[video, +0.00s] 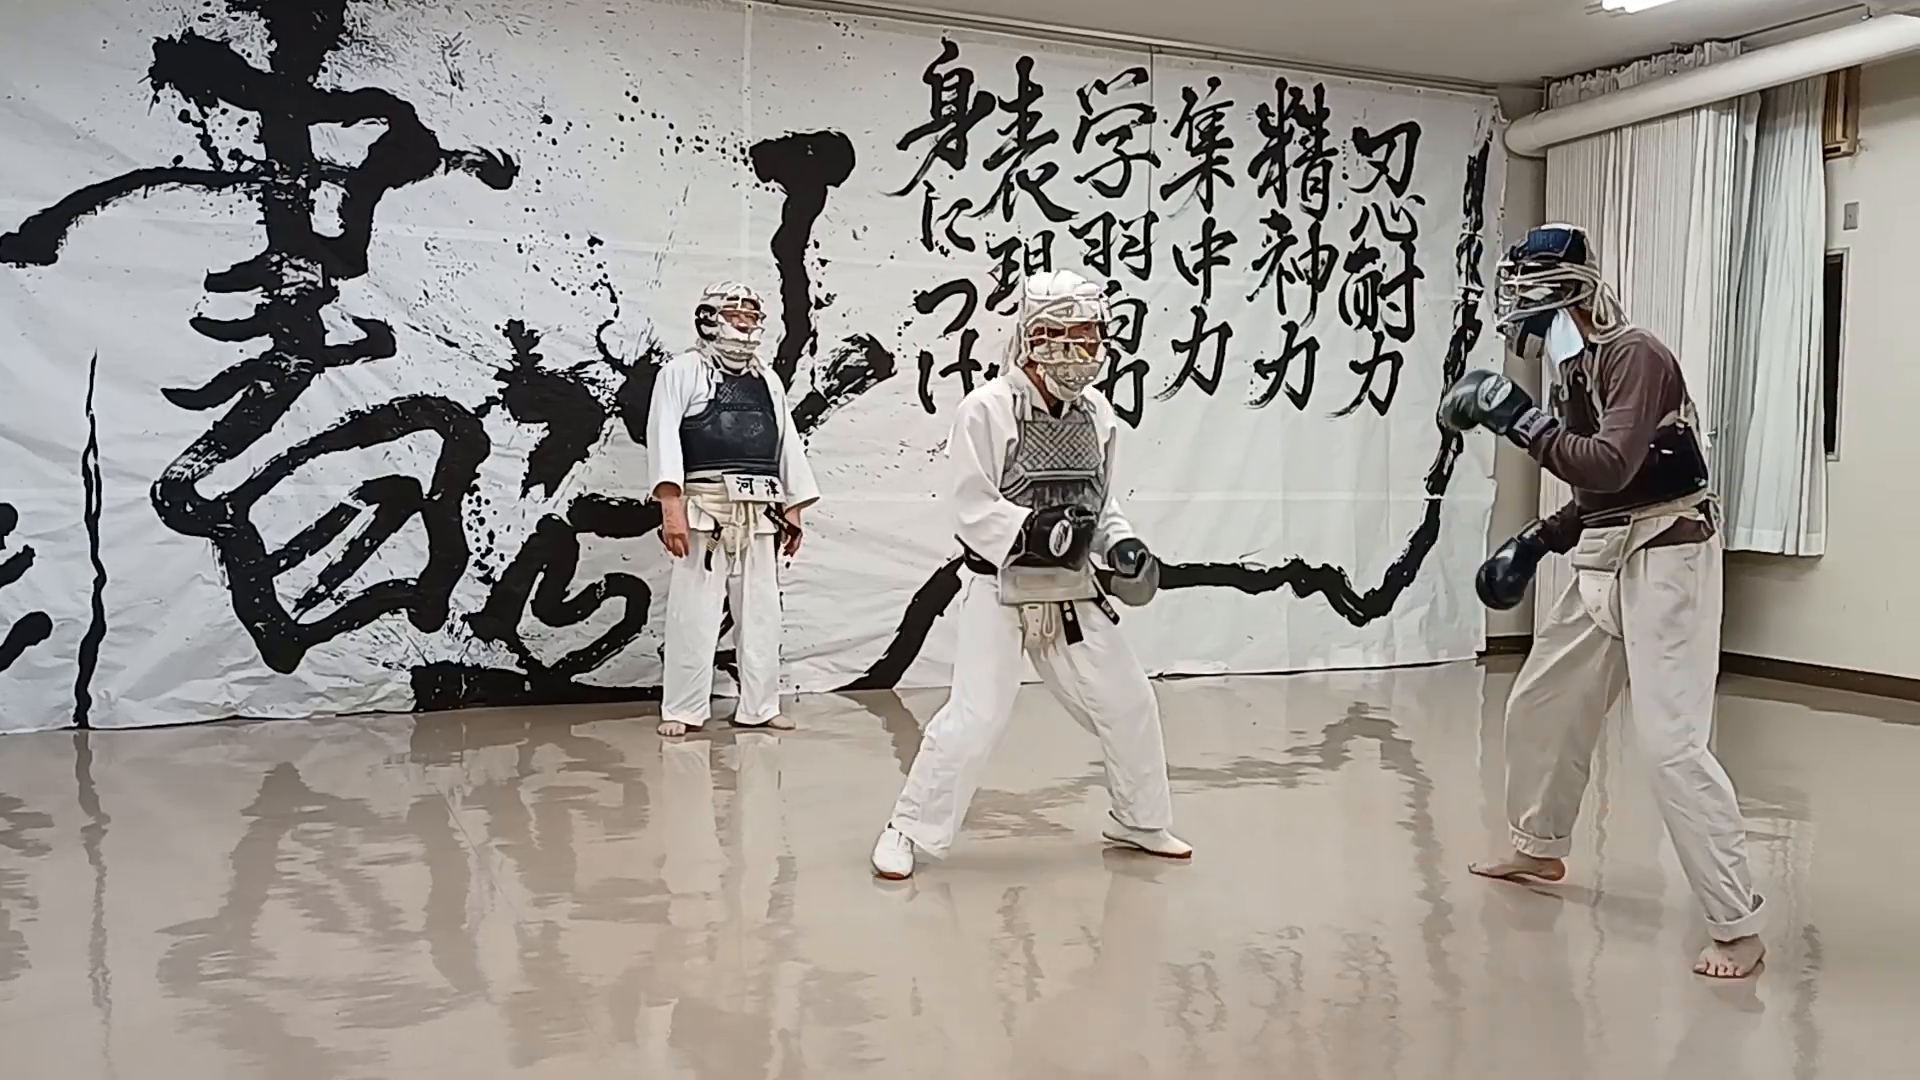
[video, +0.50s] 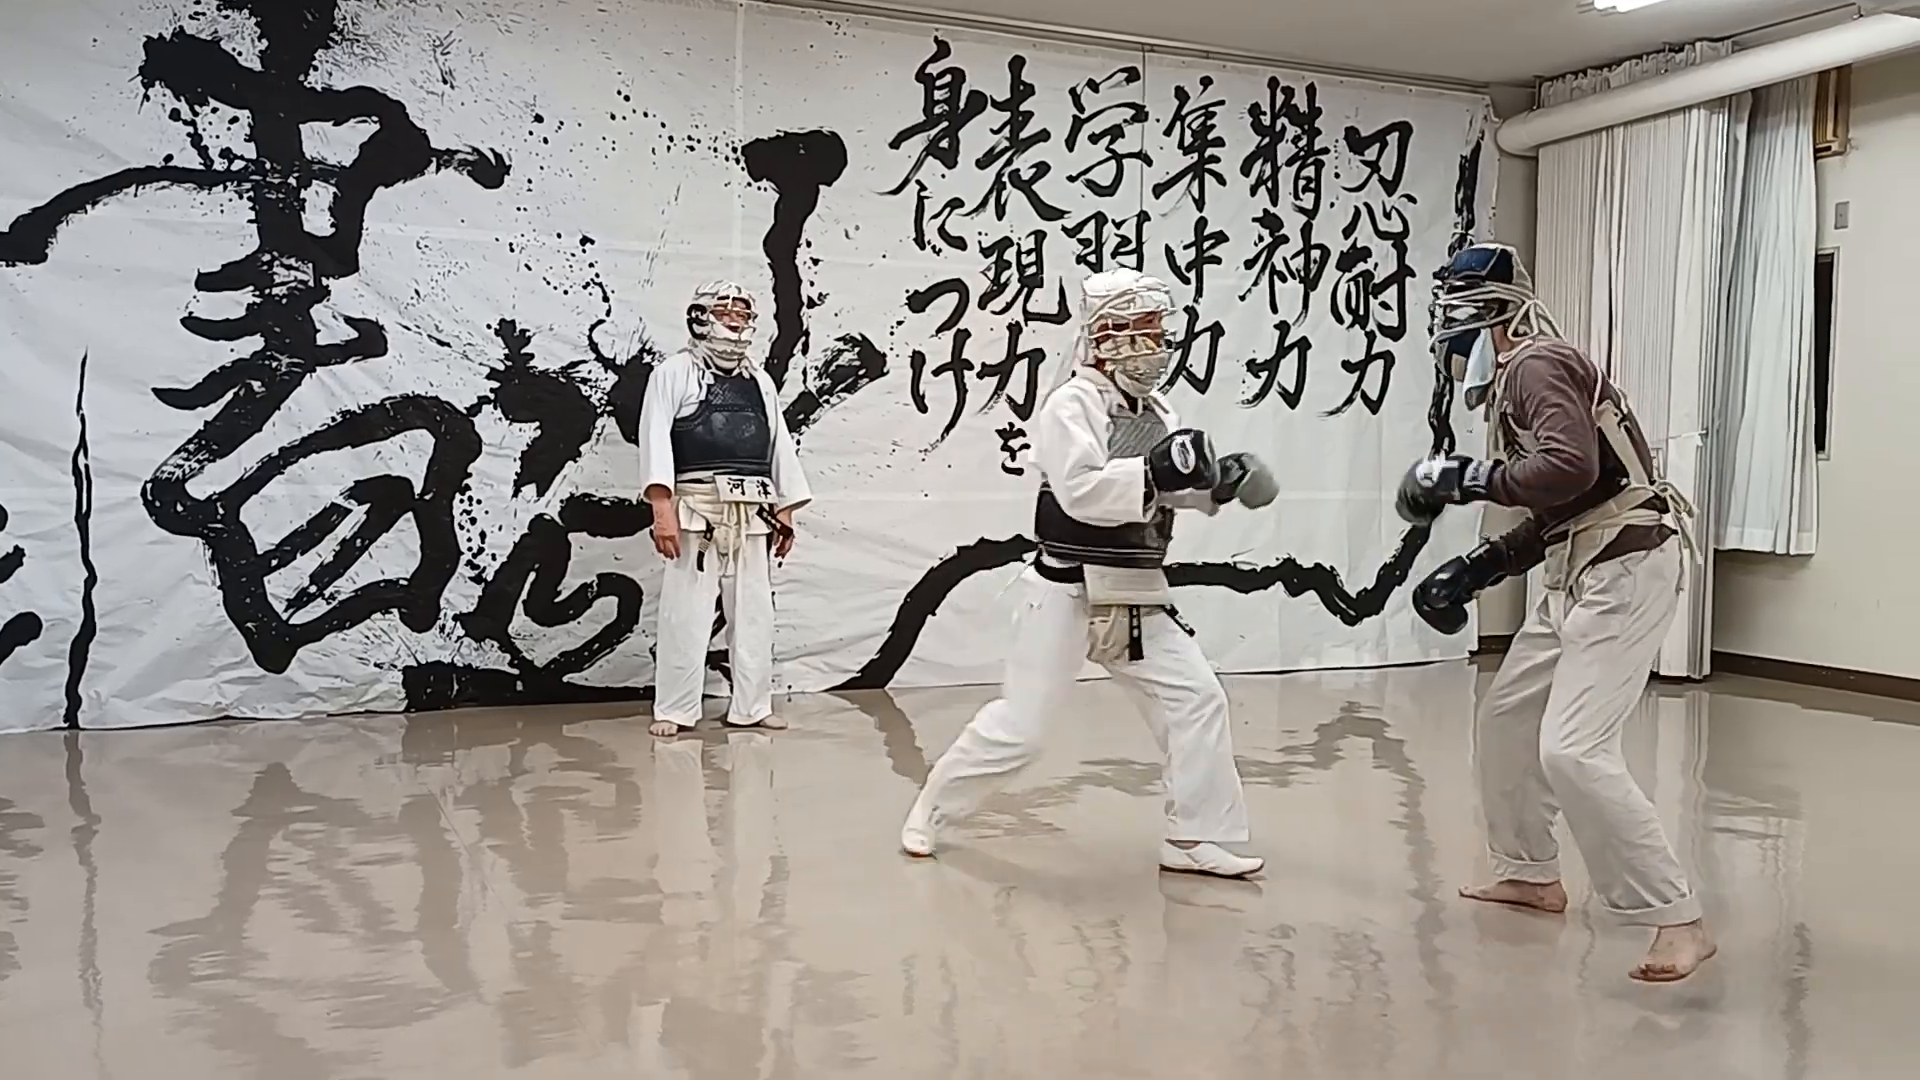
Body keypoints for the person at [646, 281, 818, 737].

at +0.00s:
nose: (744, 323)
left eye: (751, 317)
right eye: (734, 314)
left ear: (758, 325)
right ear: (710, 319)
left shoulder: (767, 378)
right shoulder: (682, 370)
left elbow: (787, 445)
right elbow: (664, 440)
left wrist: (793, 507)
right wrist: (671, 508)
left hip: (760, 509)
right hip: (700, 508)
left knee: (762, 614)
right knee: (692, 615)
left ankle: (759, 709)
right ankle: (682, 713)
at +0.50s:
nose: (734, 320)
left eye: (742, 314)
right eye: (724, 312)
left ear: (750, 323)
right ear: (702, 317)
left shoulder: (759, 379)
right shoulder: (674, 371)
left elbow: (779, 446)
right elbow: (655, 441)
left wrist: (784, 510)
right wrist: (662, 509)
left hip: (752, 510)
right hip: (692, 509)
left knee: (755, 614)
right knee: (685, 615)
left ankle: (751, 708)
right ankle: (675, 713)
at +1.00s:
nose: (713, 320)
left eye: (721, 314)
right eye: (703, 312)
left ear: (729, 323)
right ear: (680, 318)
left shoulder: (740, 379)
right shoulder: (654, 372)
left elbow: (760, 447)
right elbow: (634, 442)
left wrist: (766, 511)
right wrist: (641, 510)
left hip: (733, 511)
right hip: (671, 510)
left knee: (736, 615)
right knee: (664, 616)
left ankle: (732, 709)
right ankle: (655, 714)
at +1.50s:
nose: (692, 320)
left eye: (700, 314)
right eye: (682, 312)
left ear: (708, 322)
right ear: (661, 318)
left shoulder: (722, 378)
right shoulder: (635, 369)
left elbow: (743, 446)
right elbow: (615, 439)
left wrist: (748, 511)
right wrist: (622, 507)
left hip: (714, 510)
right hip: (652, 509)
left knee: (716, 616)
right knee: (645, 617)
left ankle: (712, 709)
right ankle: (635, 715)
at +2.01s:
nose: (641, 317)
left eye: (649, 311)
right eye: (631, 309)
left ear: (658, 320)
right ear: (610, 315)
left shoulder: (673, 377)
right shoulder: (583, 370)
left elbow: (693, 447)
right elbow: (562, 440)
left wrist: (698, 513)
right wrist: (568, 508)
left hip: (663, 511)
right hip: (599, 509)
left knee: (664, 617)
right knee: (592, 618)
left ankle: (660, 711)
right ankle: (582, 716)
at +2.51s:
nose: (610, 318)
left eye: (619, 312)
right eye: (600, 309)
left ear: (629, 322)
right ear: (579, 316)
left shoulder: (644, 379)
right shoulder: (552, 371)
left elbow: (664, 449)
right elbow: (530, 442)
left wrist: (668, 513)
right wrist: (535, 509)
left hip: (633, 511)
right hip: (568, 510)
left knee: (634, 617)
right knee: (560, 618)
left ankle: (631, 711)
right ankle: (550, 716)